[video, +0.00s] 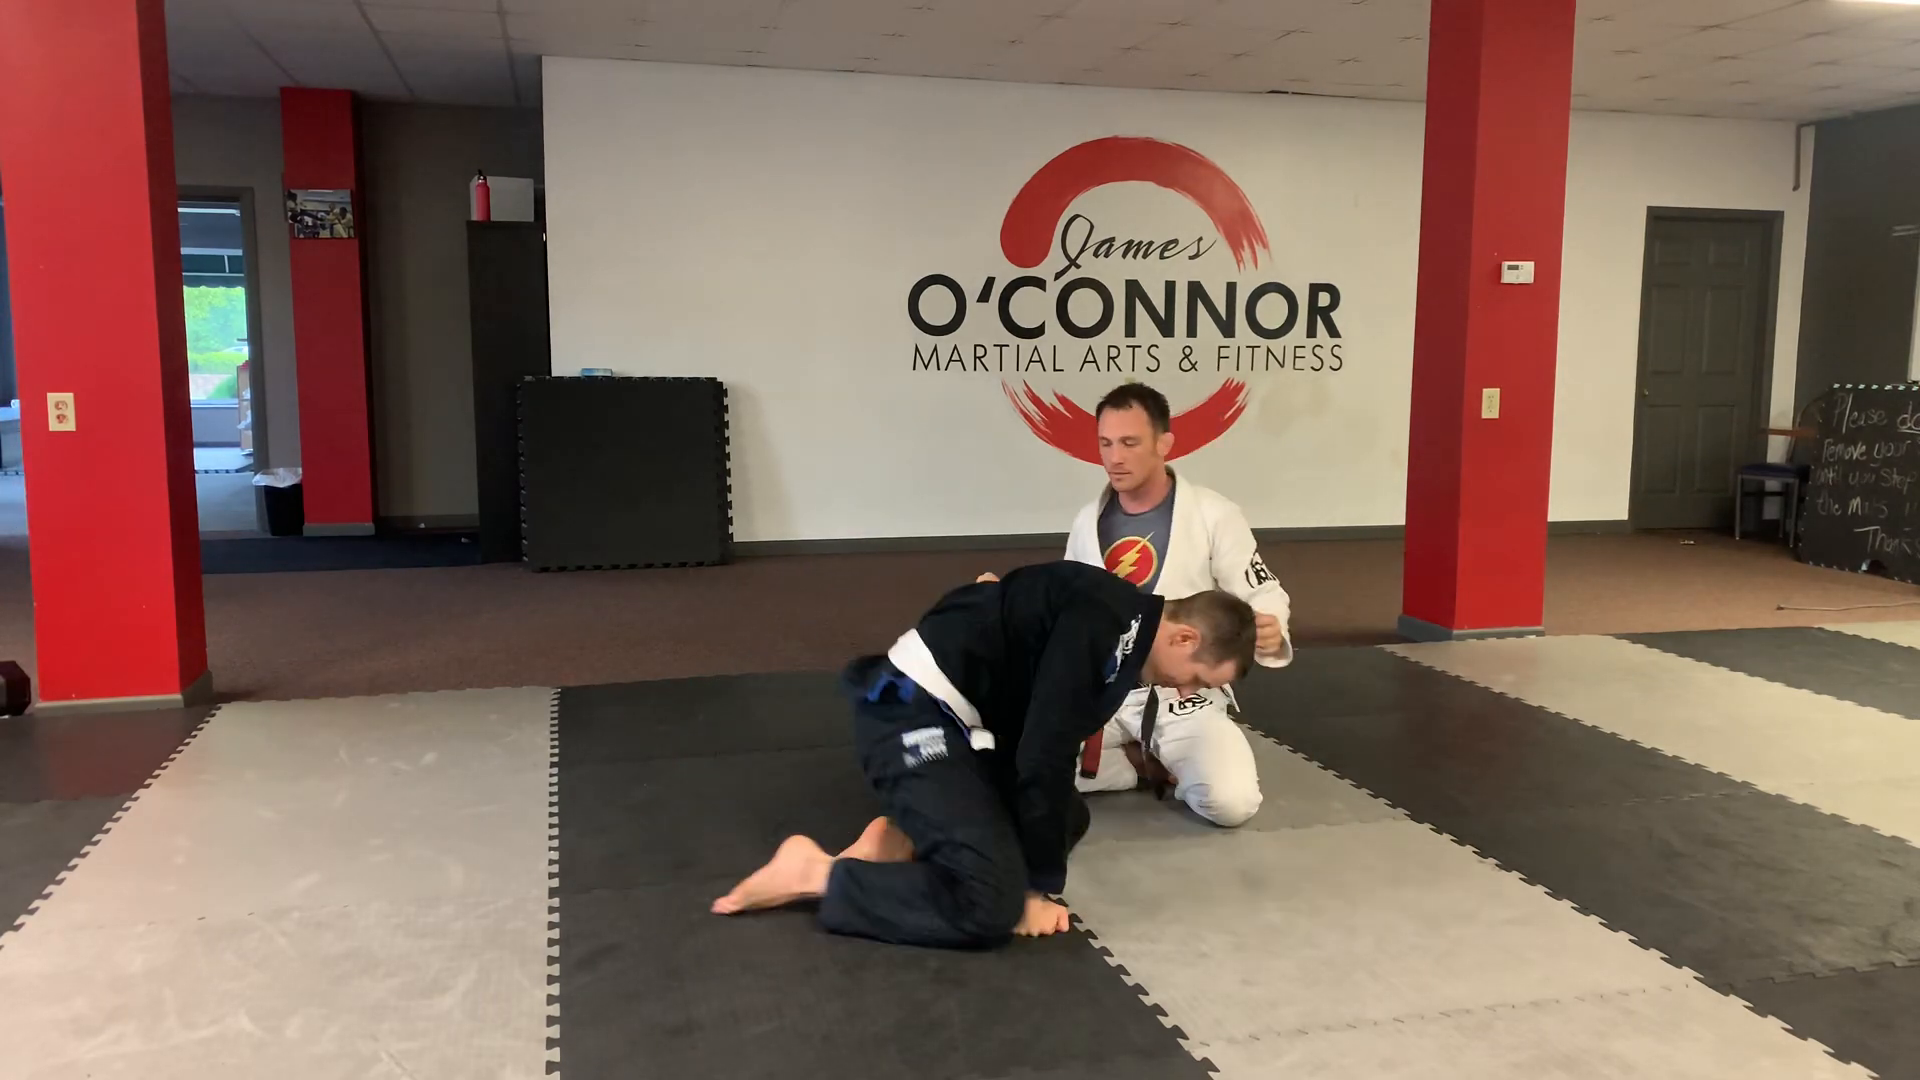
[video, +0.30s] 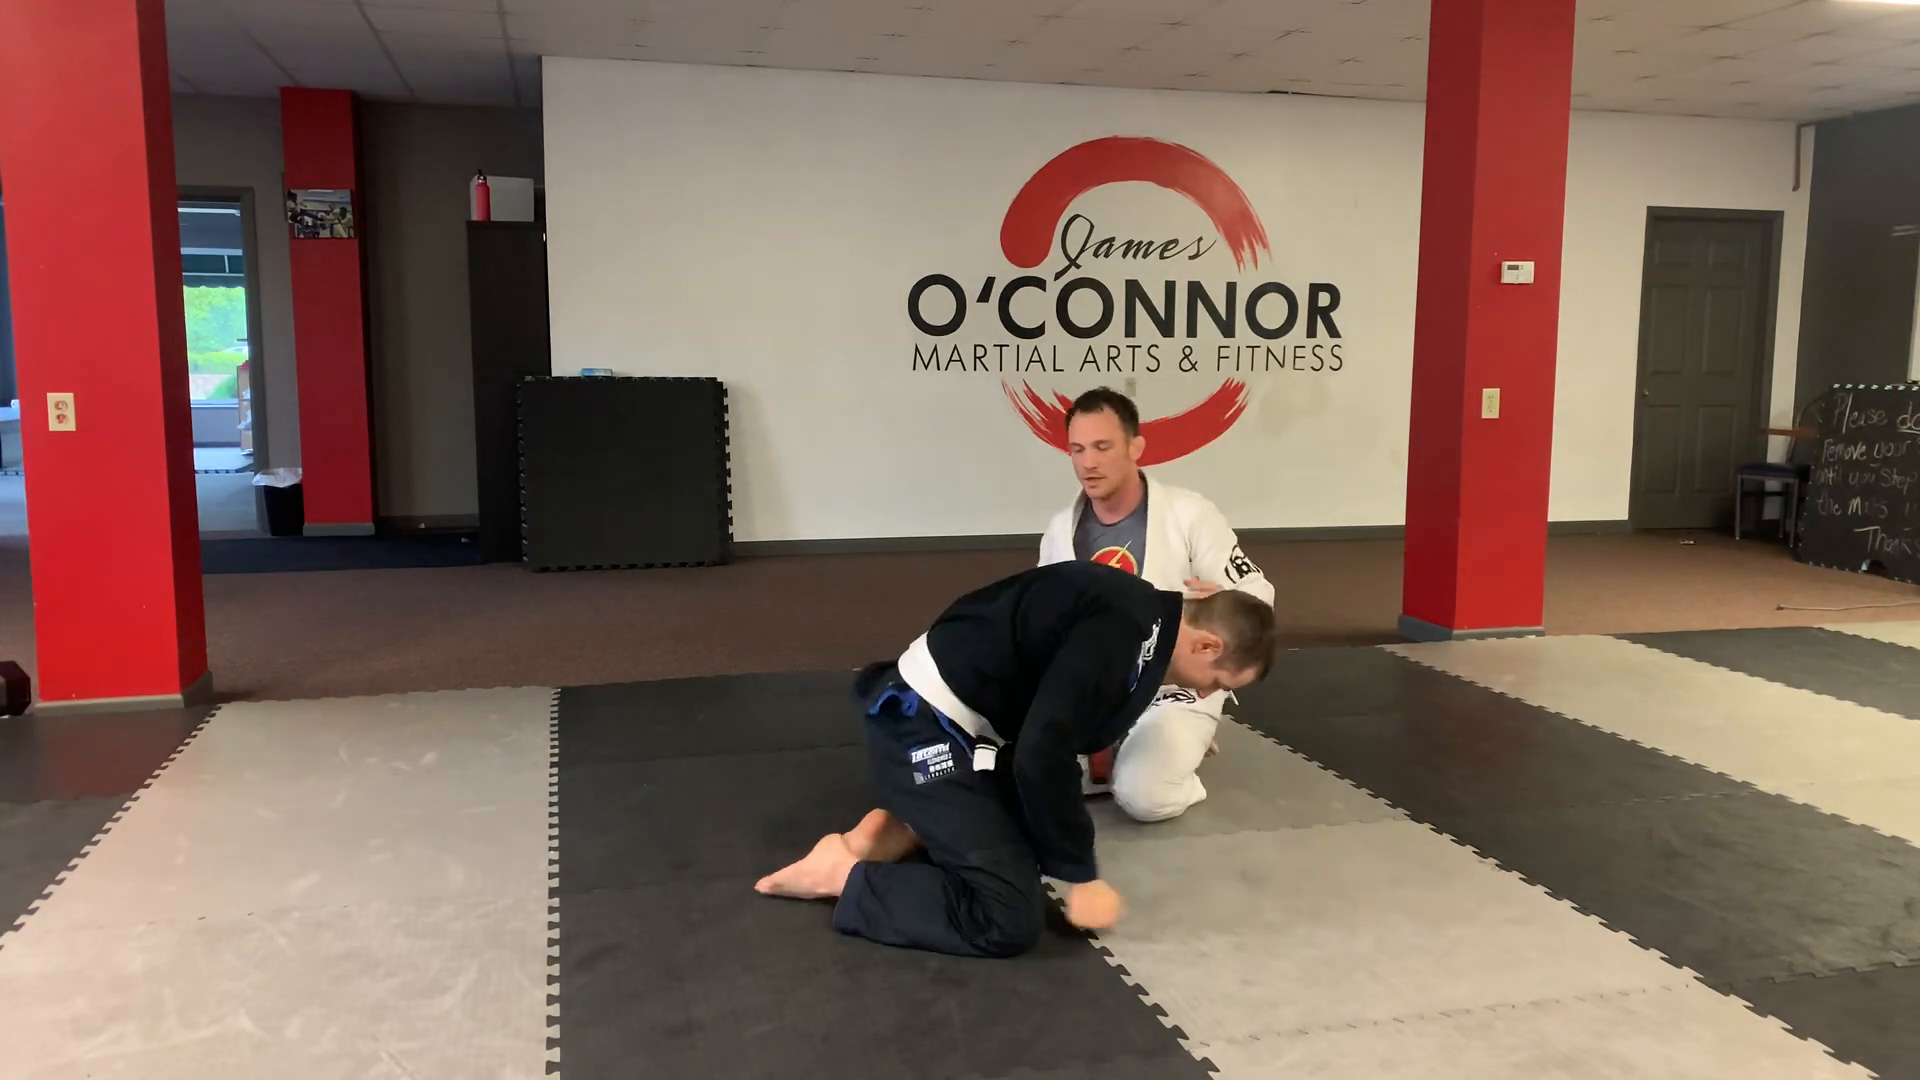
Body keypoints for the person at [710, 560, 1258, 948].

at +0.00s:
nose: (1187, 693)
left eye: (1202, 689)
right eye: (1199, 681)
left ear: (1185, 630)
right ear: (1185, 640)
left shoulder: (1124, 621)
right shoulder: (1100, 620)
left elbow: (1048, 741)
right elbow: (1042, 756)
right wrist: (1042, 891)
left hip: (961, 724)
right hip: (913, 719)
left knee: (1068, 820)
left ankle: (906, 836)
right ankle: (814, 873)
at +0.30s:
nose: (1207, 693)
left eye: (1221, 689)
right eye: (1218, 683)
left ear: (1204, 630)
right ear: (1205, 646)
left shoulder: (1141, 617)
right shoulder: (1124, 630)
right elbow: (1041, 756)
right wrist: (1078, 878)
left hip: (948, 719)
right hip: (925, 732)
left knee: (1040, 832)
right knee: (1009, 922)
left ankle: (909, 833)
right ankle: (842, 874)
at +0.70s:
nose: (1217, 701)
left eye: (1230, 697)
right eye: (1227, 692)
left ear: (1216, 639)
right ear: (1213, 657)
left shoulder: (1161, 615)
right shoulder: (1123, 636)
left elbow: (1154, 732)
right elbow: (1113, 789)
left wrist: (1190, 820)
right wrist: (1156, 927)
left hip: (991, 713)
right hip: (933, 715)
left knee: (1062, 834)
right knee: (993, 921)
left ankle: (900, 828)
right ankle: (851, 855)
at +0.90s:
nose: (1240, 711)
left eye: (1250, 708)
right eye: (1251, 703)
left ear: (1246, 644)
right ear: (1242, 664)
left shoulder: (1198, 614)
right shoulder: (1145, 628)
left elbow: (1179, 726)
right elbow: (1127, 787)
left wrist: (1195, 821)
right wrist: (1158, 928)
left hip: (1014, 697)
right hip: (953, 690)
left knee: (1065, 834)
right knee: (983, 907)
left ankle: (895, 822)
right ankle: (842, 836)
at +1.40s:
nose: (1259, 709)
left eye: (1271, 705)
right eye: (1272, 700)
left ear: (1270, 646)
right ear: (1268, 660)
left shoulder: (1216, 616)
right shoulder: (1176, 619)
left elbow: (1188, 727)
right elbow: (1140, 779)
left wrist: (1196, 822)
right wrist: (1161, 922)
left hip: (1025, 702)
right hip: (961, 684)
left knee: (1053, 831)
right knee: (965, 905)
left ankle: (875, 806)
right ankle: (830, 829)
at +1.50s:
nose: (1261, 709)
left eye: (1273, 705)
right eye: (1275, 700)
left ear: (1273, 646)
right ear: (1269, 660)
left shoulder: (1217, 613)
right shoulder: (1177, 627)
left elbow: (1189, 728)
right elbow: (1142, 784)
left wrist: (1196, 823)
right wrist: (1162, 923)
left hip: (1019, 696)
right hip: (962, 685)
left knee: (1041, 832)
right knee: (965, 906)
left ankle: (865, 800)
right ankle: (827, 822)